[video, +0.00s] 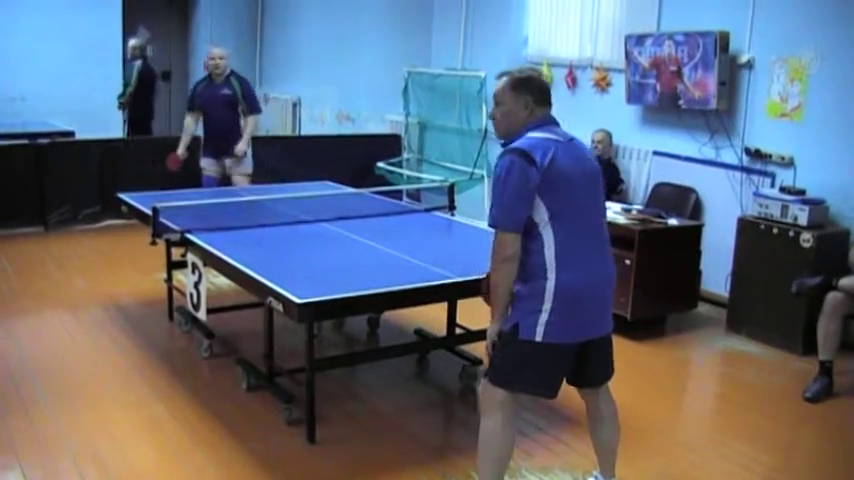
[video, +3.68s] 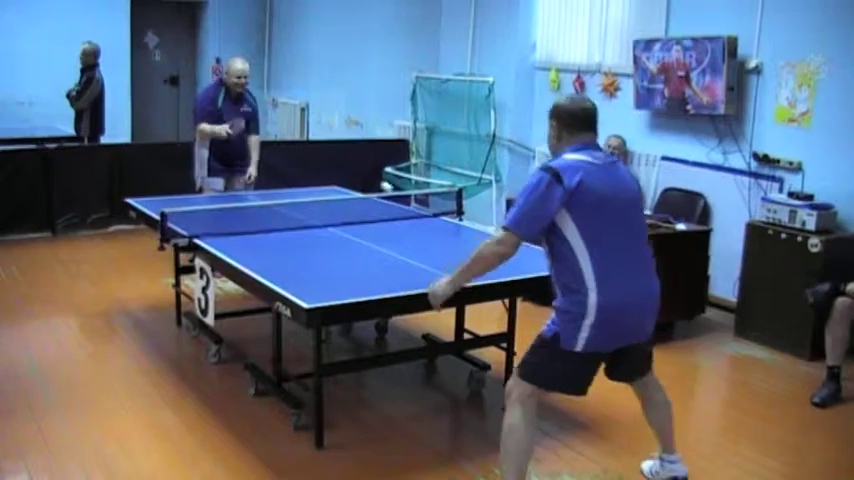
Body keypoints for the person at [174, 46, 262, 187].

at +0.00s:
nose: (216, 63)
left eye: (220, 59)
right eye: (212, 59)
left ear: (227, 61)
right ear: (207, 62)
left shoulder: (239, 84)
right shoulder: (200, 87)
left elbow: (251, 114)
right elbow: (191, 117)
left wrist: (244, 142)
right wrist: (182, 148)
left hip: (236, 149)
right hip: (210, 149)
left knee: (242, 194)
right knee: (209, 196)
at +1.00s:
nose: (204, 66)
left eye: (208, 62)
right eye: (199, 62)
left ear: (213, 66)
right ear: (190, 65)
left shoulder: (221, 95)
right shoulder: (175, 92)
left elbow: (231, 129)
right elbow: (164, 124)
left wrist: (228, 159)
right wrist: (160, 159)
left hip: (212, 163)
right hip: (180, 162)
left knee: (215, 211)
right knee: (176, 210)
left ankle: (216, 256)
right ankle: (171, 253)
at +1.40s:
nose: (170, 67)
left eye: (174, 61)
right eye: (164, 63)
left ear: (180, 64)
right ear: (155, 68)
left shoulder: (195, 91)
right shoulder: (147, 96)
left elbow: (210, 126)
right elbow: (139, 132)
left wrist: (214, 159)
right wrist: (139, 168)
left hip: (195, 164)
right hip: (162, 168)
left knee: (204, 215)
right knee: (168, 218)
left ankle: (205, 259)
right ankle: (172, 260)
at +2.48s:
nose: (202, 71)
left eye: (206, 67)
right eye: (197, 68)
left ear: (213, 69)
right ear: (189, 71)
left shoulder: (223, 96)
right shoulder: (176, 98)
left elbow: (235, 127)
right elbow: (166, 131)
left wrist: (233, 157)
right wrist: (167, 165)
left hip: (217, 167)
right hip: (186, 168)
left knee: (221, 215)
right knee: (181, 215)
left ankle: (224, 262)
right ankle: (178, 261)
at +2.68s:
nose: (222, 75)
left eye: (225, 70)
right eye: (217, 70)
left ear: (228, 72)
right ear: (205, 72)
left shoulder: (231, 95)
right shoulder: (188, 93)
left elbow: (240, 128)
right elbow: (177, 125)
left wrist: (244, 154)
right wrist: (198, 148)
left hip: (224, 162)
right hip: (194, 163)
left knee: (227, 211)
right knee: (191, 213)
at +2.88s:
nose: (234, 83)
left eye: (236, 79)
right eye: (230, 78)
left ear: (239, 78)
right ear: (215, 73)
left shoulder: (236, 98)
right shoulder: (195, 92)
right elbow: (189, 123)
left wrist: (245, 133)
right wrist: (223, 124)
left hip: (226, 160)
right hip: (199, 161)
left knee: (228, 208)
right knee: (202, 209)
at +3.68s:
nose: (242, 82)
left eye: (245, 77)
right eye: (238, 78)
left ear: (248, 77)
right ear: (226, 76)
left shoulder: (249, 100)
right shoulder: (209, 95)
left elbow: (253, 135)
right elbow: (200, 127)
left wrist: (253, 165)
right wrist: (217, 130)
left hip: (240, 160)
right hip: (214, 160)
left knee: (238, 208)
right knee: (212, 207)